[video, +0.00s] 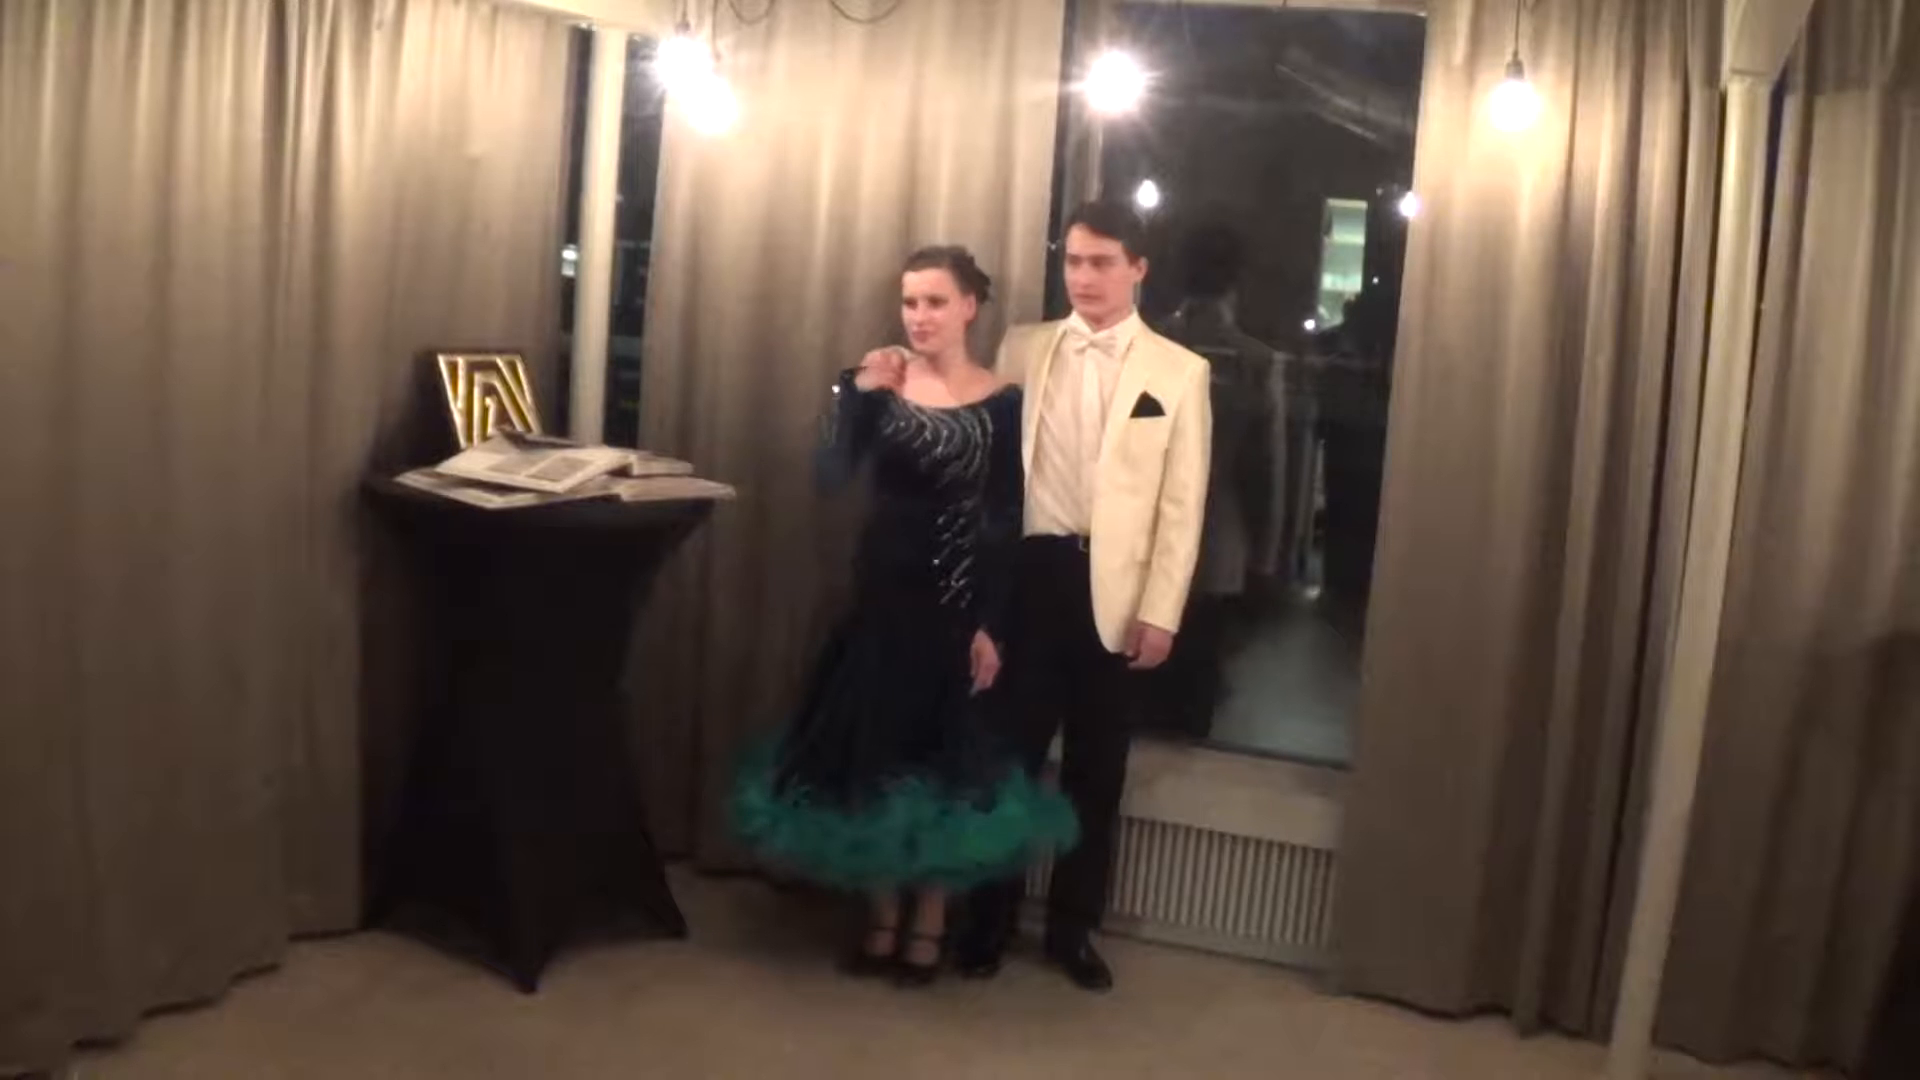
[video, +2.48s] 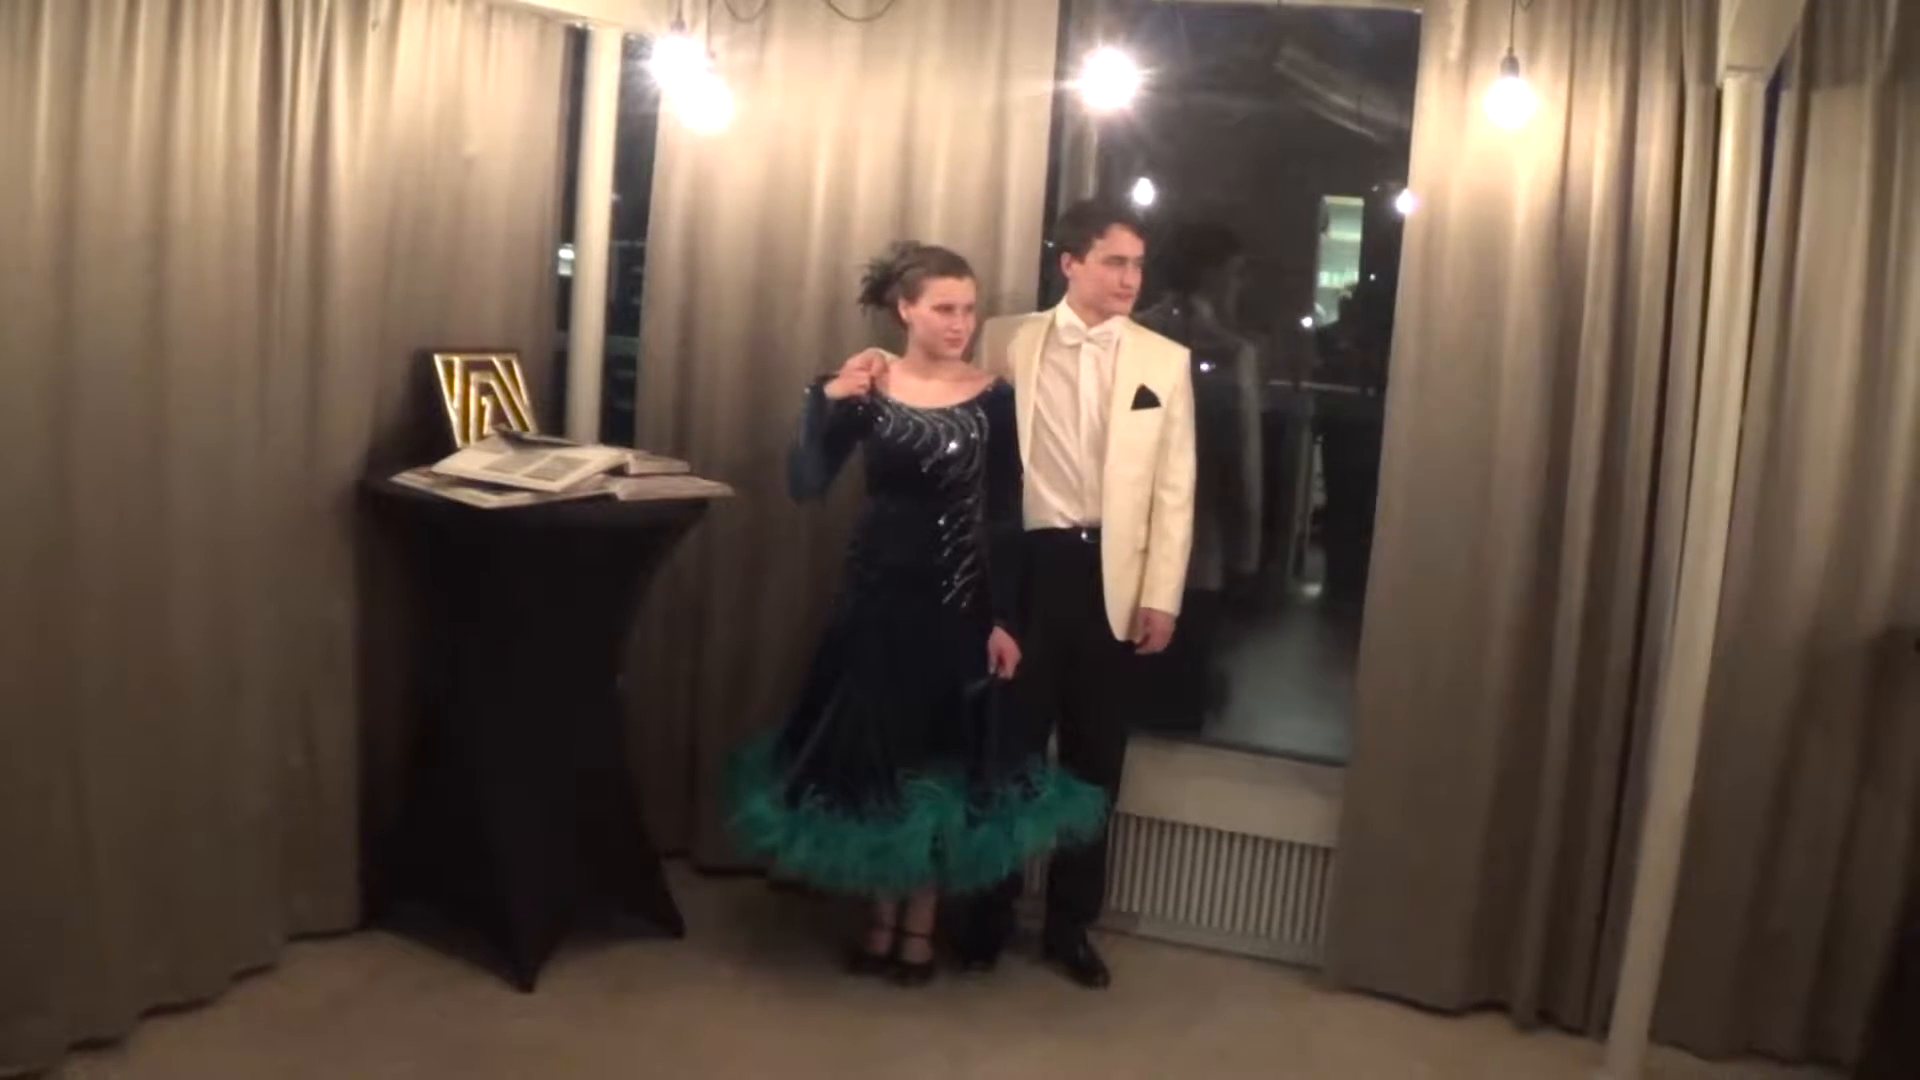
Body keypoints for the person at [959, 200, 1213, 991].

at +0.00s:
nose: (1083, 277)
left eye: (1100, 262)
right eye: (1073, 261)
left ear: (1138, 271)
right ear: (1061, 266)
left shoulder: (1181, 373)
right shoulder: (1026, 350)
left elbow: (1183, 503)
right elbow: (985, 460)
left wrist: (1162, 610)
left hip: (1113, 585)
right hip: (1024, 572)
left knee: (1096, 772)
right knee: (1007, 749)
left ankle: (1073, 931)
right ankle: (983, 925)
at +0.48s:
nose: (1088, 275)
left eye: (1104, 260)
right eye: (1076, 259)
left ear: (1136, 269)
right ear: (1060, 266)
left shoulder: (1179, 371)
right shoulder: (1023, 348)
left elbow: (1180, 502)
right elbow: (981, 453)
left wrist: (1160, 609)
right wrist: (898, 369)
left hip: (1112, 584)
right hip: (1023, 572)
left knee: (1096, 769)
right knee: (1008, 747)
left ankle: (1073, 930)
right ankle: (985, 924)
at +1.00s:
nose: (1124, 282)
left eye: (1136, 270)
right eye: (1110, 266)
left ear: (1149, 281)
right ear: (1071, 270)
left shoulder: (1177, 371)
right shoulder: (1021, 343)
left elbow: (1181, 499)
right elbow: (973, 439)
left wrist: (1163, 604)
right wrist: (891, 371)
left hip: (1114, 581)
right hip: (1023, 568)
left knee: (1098, 763)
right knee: (1010, 745)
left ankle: (1072, 929)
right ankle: (984, 922)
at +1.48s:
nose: (1134, 283)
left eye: (1143, 270)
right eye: (1119, 267)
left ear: (1150, 280)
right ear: (1074, 270)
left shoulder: (1172, 369)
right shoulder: (1015, 344)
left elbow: (1179, 496)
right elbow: (973, 456)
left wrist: (1164, 600)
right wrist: (966, 568)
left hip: (1113, 578)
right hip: (1021, 568)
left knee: (1098, 760)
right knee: (1008, 742)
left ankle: (1074, 929)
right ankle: (982, 923)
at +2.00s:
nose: (1132, 280)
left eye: (1140, 267)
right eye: (1117, 264)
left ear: (1145, 276)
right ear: (1070, 268)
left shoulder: (1167, 363)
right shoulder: (1011, 342)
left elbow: (1176, 490)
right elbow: (971, 456)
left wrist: (1163, 596)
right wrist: (963, 565)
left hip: (1111, 575)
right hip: (1020, 566)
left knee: (1097, 758)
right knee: (1007, 742)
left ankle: (1072, 928)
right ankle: (982, 922)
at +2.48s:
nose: (1129, 278)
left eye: (1138, 265)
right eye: (1115, 262)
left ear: (1144, 275)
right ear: (1069, 265)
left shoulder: (1165, 363)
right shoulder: (1008, 341)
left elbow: (1175, 489)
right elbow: (968, 454)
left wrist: (1162, 595)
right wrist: (963, 567)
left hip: (1110, 572)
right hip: (1019, 565)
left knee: (1096, 752)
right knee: (1007, 738)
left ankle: (1070, 925)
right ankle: (982, 917)